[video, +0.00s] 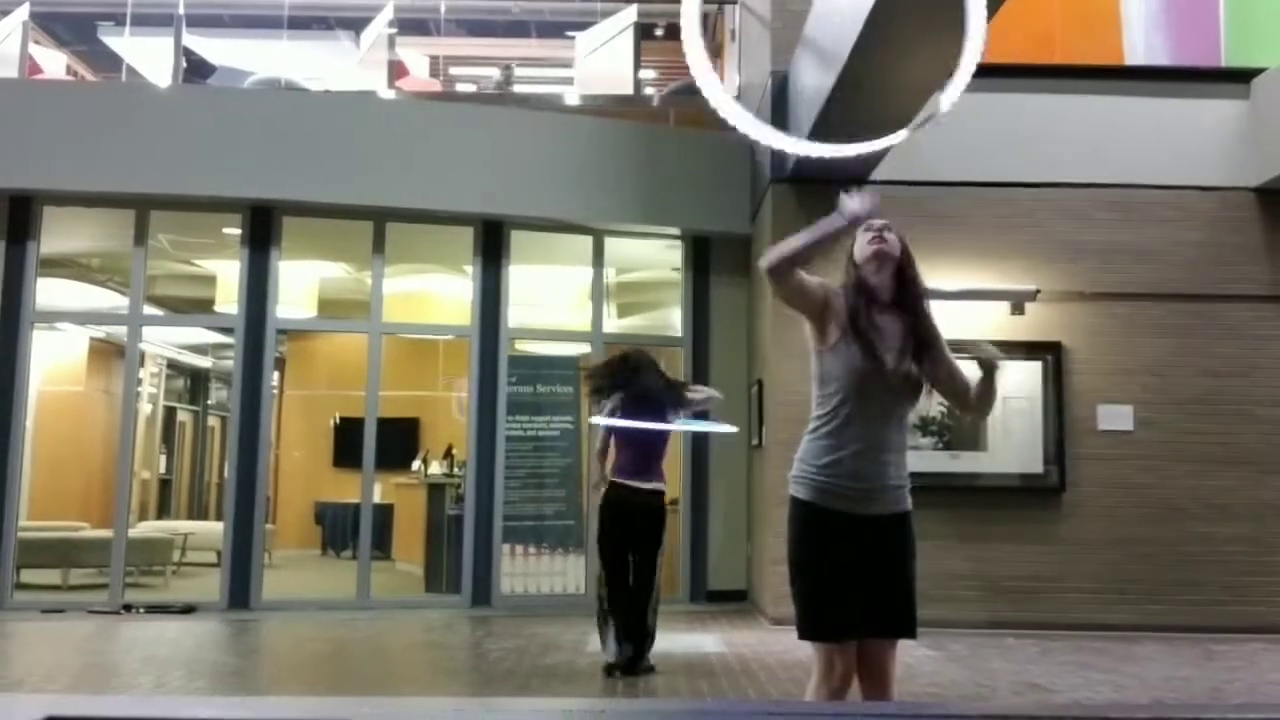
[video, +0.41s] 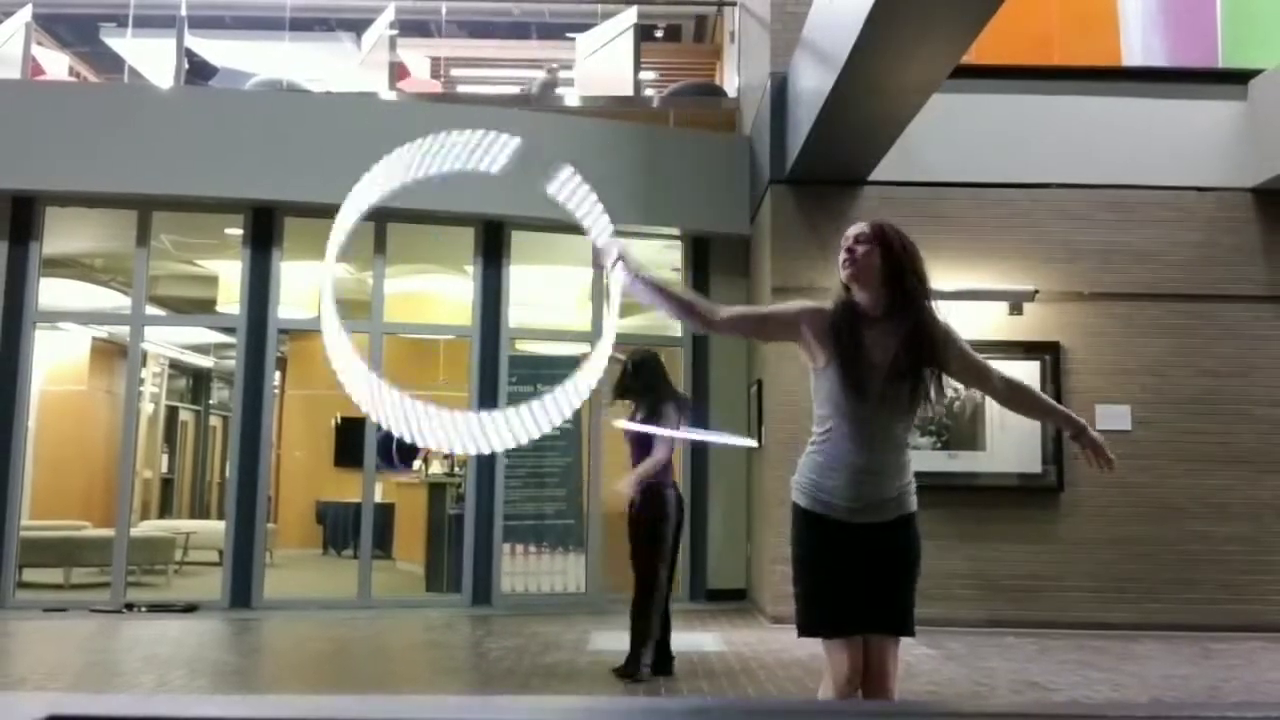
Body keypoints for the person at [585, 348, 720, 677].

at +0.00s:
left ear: (621, 378)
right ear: (656, 375)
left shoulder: (615, 403)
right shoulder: (670, 404)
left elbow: (601, 450)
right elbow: (713, 397)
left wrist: (602, 480)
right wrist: (684, 391)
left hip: (618, 498)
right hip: (652, 501)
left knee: (616, 576)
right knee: (645, 577)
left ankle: (625, 652)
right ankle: (639, 656)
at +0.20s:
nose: (618, 389)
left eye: (620, 382)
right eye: (618, 383)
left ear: (630, 379)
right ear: (655, 375)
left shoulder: (631, 403)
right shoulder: (671, 405)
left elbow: (610, 439)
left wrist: (586, 469)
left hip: (638, 499)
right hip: (664, 498)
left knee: (627, 574)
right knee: (660, 575)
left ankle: (637, 655)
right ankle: (664, 654)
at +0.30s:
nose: (622, 394)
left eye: (624, 386)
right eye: (621, 387)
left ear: (637, 380)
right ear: (652, 376)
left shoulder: (649, 406)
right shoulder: (667, 405)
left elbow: (631, 448)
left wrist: (594, 478)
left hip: (646, 499)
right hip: (658, 498)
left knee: (633, 576)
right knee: (653, 577)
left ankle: (635, 658)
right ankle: (663, 657)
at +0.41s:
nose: (626, 379)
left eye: (630, 373)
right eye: (626, 373)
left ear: (643, 375)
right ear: (650, 375)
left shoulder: (666, 407)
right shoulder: (643, 408)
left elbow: (662, 453)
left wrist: (631, 479)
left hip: (661, 495)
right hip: (647, 494)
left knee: (652, 577)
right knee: (651, 577)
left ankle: (640, 658)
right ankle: (659, 654)